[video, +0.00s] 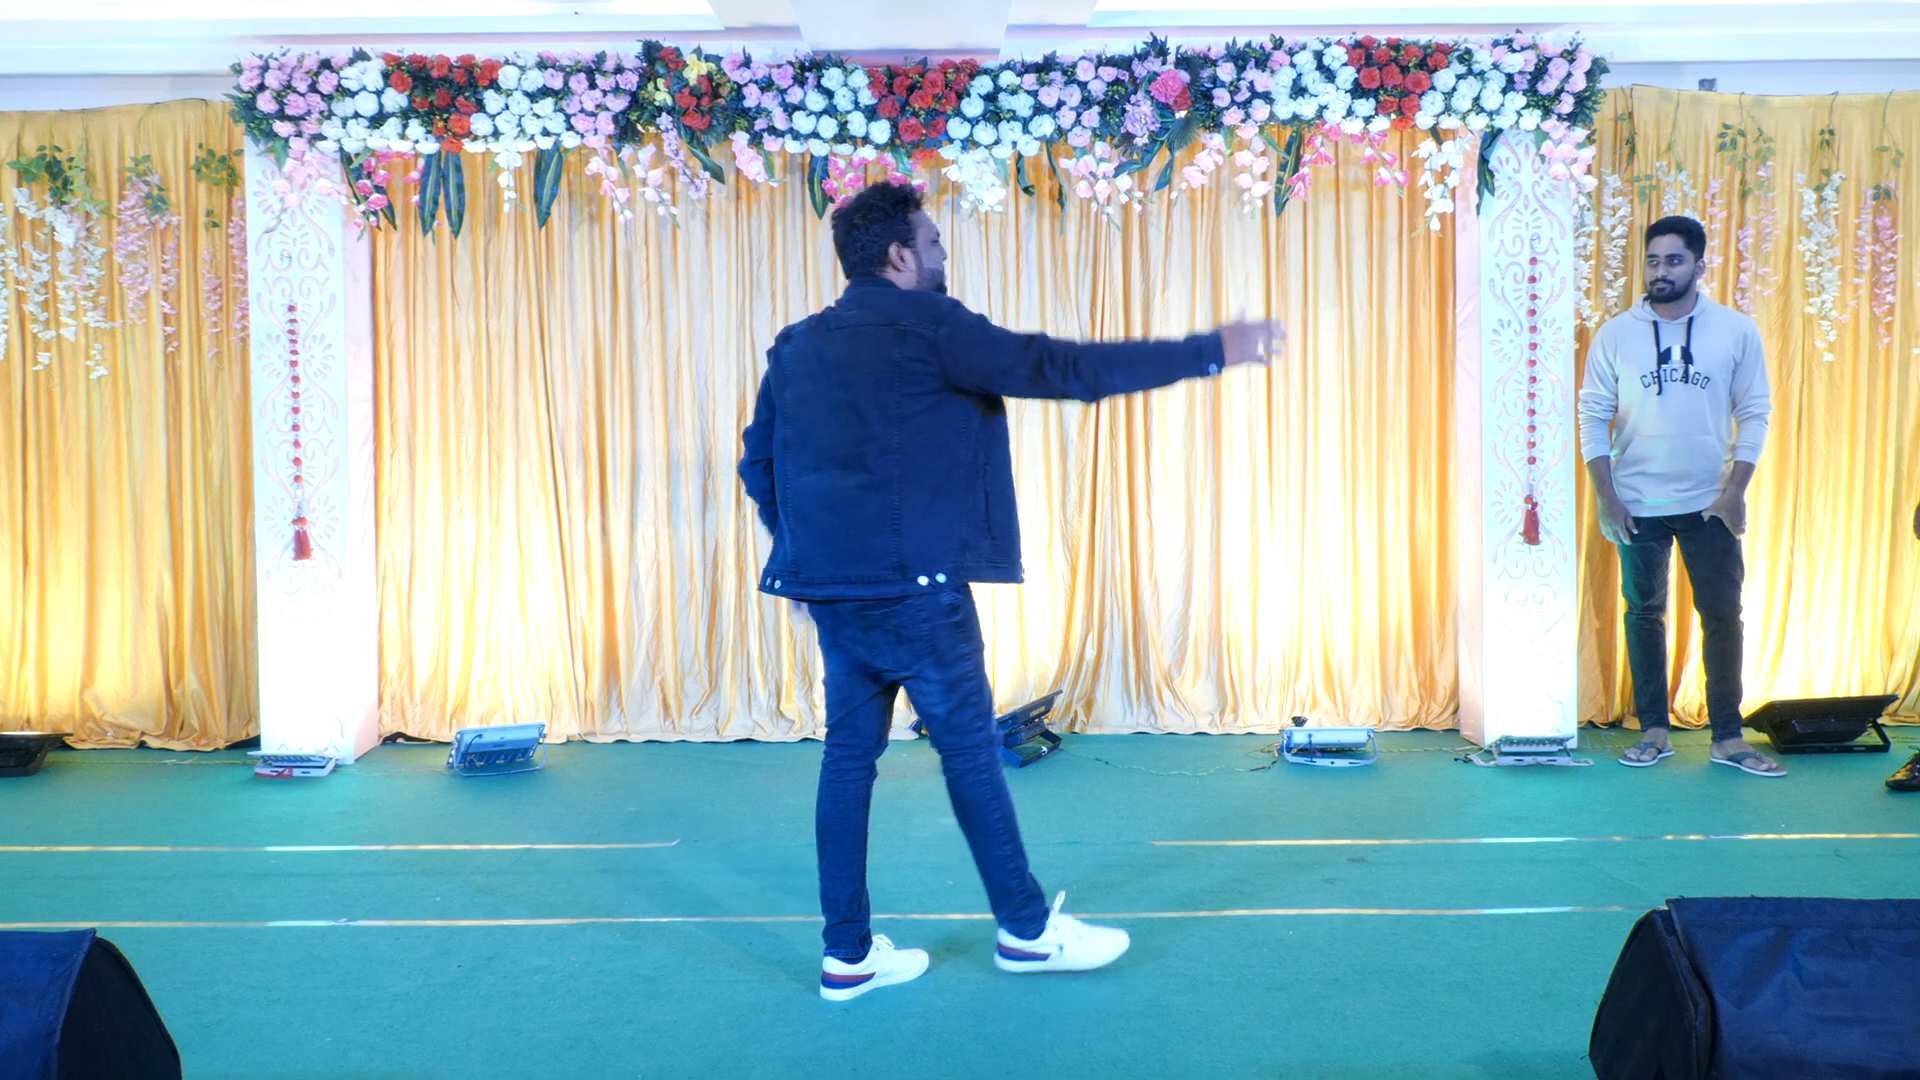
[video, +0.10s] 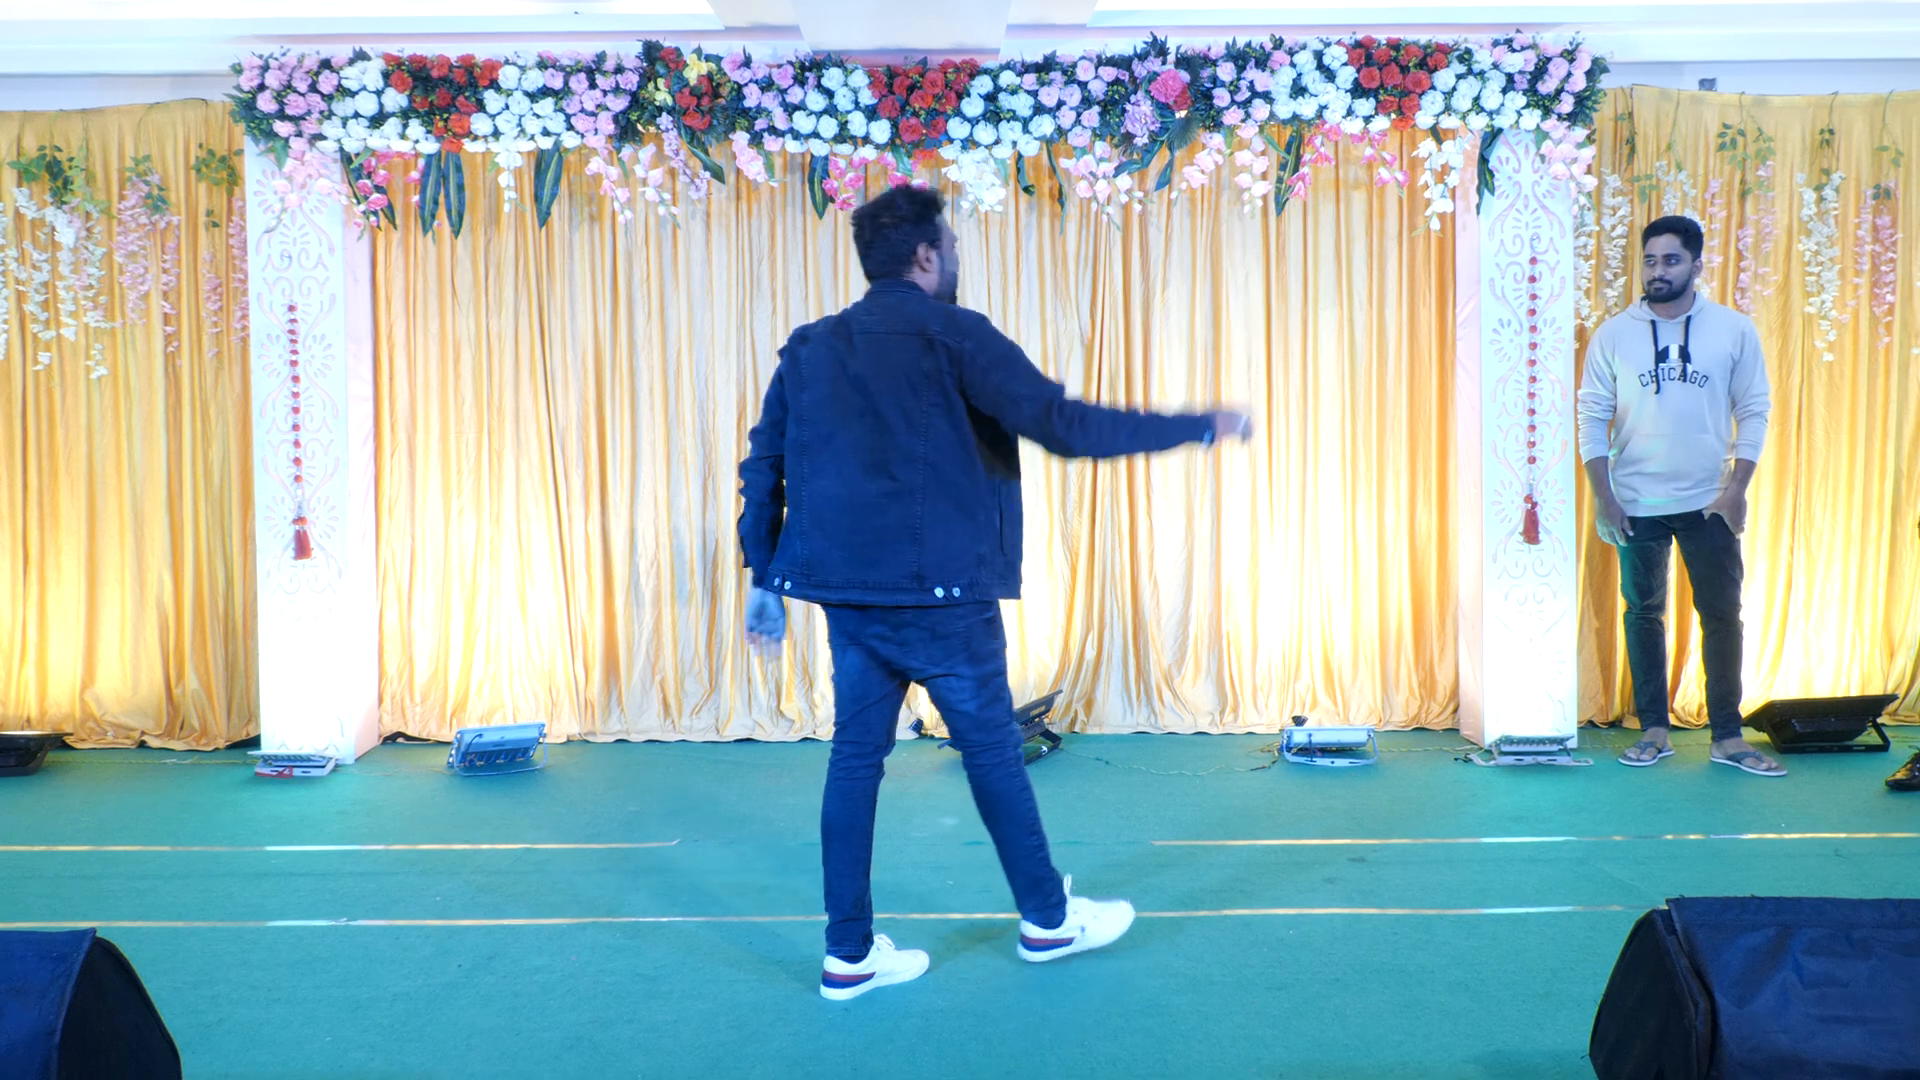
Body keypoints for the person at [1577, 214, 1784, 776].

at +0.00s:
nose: (1661, 270)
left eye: (1674, 260)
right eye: (1653, 260)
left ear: (1700, 264)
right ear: (1643, 266)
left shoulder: (1735, 330)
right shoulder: (1615, 335)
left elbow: (1755, 412)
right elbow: (1593, 415)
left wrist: (1735, 487)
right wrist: (1605, 492)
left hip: (1709, 503)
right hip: (1638, 505)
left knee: (1723, 616)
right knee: (1644, 614)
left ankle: (1726, 738)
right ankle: (1653, 731)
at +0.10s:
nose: (1658, 270)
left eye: (1670, 260)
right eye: (1650, 260)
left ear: (1697, 264)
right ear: (1640, 266)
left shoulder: (1732, 328)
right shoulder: (1613, 336)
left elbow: (1754, 409)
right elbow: (1592, 416)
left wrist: (1737, 485)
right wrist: (1603, 494)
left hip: (1708, 502)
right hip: (1638, 504)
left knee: (1722, 616)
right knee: (1644, 614)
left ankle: (1726, 738)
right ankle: (1653, 731)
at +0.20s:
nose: (1655, 269)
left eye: (1668, 259)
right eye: (1647, 260)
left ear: (1695, 264)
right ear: (1638, 266)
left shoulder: (1731, 329)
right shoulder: (1611, 335)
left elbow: (1753, 410)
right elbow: (1591, 417)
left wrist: (1735, 484)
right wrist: (1600, 495)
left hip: (1707, 501)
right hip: (1636, 504)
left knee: (1723, 616)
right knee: (1644, 614)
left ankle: (1727, 738)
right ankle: (1654, 731)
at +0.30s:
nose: (1653, 269)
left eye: (1666, 259)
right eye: (1645, 260)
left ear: (1692, 264)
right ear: (1635, 266)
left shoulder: (1729, 330)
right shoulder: (1609, 336)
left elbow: (1752, 410)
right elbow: (1589, 418)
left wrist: (1734, 482)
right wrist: (1595, 498)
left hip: (1706, 500)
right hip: (1635, 505)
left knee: (1724, 616)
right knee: (1642, 614)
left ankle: (1726, 737)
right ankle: (1654, 731)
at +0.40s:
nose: (1652, 268)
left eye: (1665, 258)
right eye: (1644, 259)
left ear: (1691, 264)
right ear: (1634, 265)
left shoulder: (1727, 329)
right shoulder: (1608, 336)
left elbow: (1753, 410)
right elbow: (1588, 416)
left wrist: (1733, 480)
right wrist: (1590, 494)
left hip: (1704, 500)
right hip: (1634, 505)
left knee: (1724, 614)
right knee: (1641, 613)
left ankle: (1726, 737)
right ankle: (1654, 730)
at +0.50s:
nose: (1651, 268)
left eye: (1664, 258)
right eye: (1643, 259)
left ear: (1689, 263)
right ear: (1632, 265)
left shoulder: (1726, 329)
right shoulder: (1606, 336)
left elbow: (1751, 409)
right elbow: (1587, 416)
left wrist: (1730, 481)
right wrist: (1587, 495)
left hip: (1702, 499)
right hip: (1632, 503)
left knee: (1722, 614)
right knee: (1641, 612)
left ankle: (1726, 737)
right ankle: (1654, 731)